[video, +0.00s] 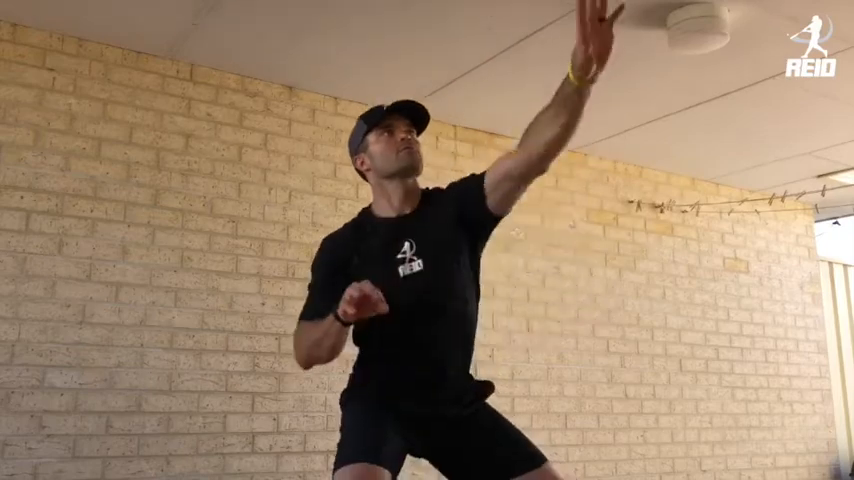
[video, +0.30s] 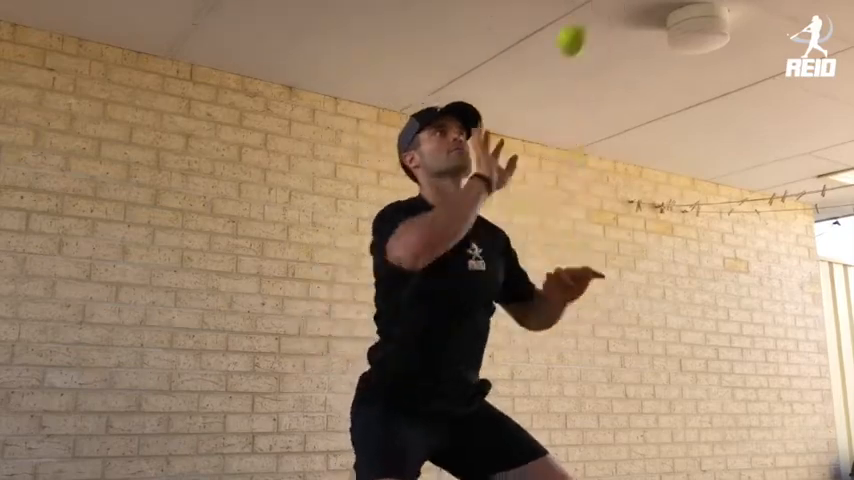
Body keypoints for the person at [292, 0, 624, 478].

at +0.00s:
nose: (406, 136)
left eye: (411, 131)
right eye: (387, 131)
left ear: (422, 152)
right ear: (362, 162)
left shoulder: (460, 209)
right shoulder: (343, 247)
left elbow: (530, 158)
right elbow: (307, 354)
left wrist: (581, 75)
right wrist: (340, 317)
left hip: (454, 404)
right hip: (379, 405)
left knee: (543, 475)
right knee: (360, 475)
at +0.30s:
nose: (457, 136)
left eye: (462, 132)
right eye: (439, 132)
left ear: (472, 149)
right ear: (412, 160)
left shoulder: (492, 240)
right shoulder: (396, 218)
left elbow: (532, 316)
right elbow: (411, 252)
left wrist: (555, 298)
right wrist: (478, 185)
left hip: (461, 405)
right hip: (393, 402)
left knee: (551, 475)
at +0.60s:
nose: (496, 146)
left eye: (499, 141)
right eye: (479, 140)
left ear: (508, 159)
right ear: (451, 164)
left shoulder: (509, 251)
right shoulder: (434, 216)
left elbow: (548, 331)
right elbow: (475, 253)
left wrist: (568, 286)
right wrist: (567, 202)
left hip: (477, 406)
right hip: (414, 405)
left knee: (565, 475)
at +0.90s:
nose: (484, 141)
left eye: (488, 137)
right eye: (468, 136)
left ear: (496, 158)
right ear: (439, 161)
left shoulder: (512, 229)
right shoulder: (399, 224)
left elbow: (590, 193)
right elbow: (343, 305)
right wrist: (393, 290)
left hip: (472, 402)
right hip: (398, 395)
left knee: (554, 477)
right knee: (369, 475)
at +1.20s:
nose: (444, 130)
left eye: (448, 125)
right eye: (426, 125)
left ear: (458, 145)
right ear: (400, 154)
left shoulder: (487, 228)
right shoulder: (377, 224)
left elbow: (549, 298)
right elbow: (355, 305)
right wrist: (434, 241)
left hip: (461, 396)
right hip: (389, 393)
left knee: (549, 477)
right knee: (374, 475)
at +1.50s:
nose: (438, 145)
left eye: (441, 138)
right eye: (419, 140)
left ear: (450, 152)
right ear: (389, 169)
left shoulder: (452, 241)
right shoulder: (396, 227)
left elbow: (469, 307)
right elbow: (489, 176)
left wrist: (517, 300)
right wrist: (566, 93)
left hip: (439, 414)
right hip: (377, 417)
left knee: (543, 476)